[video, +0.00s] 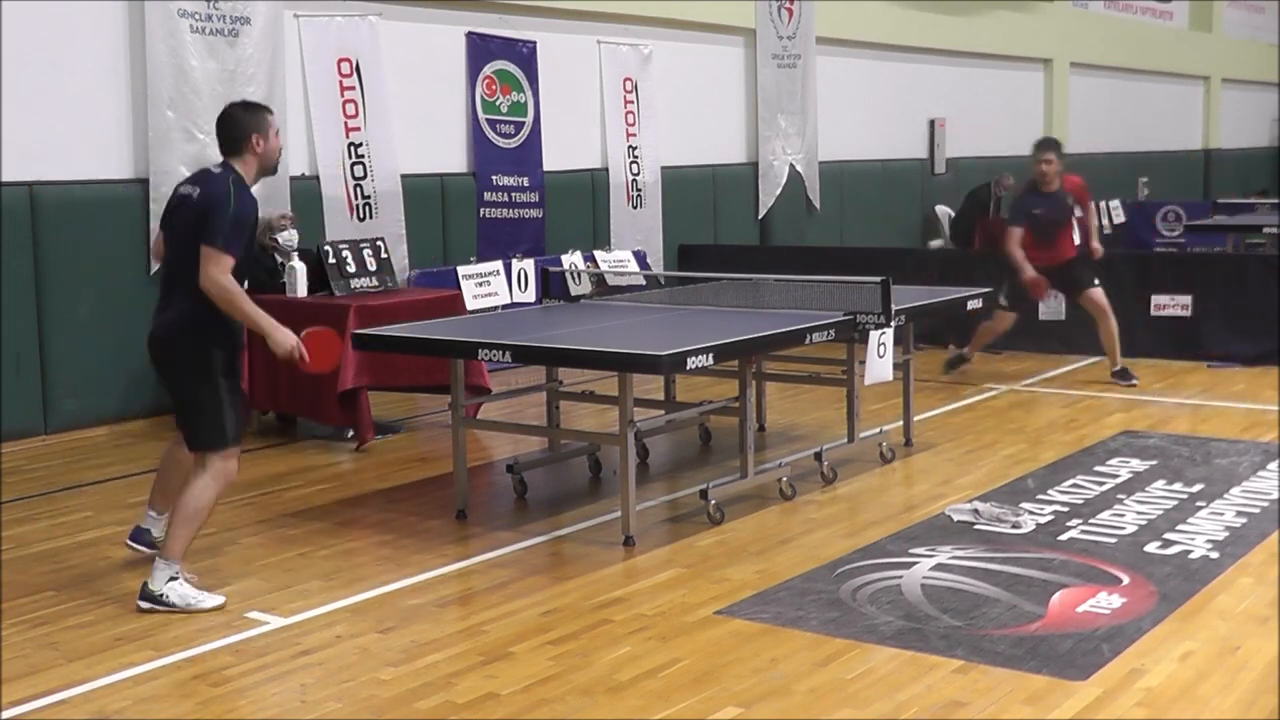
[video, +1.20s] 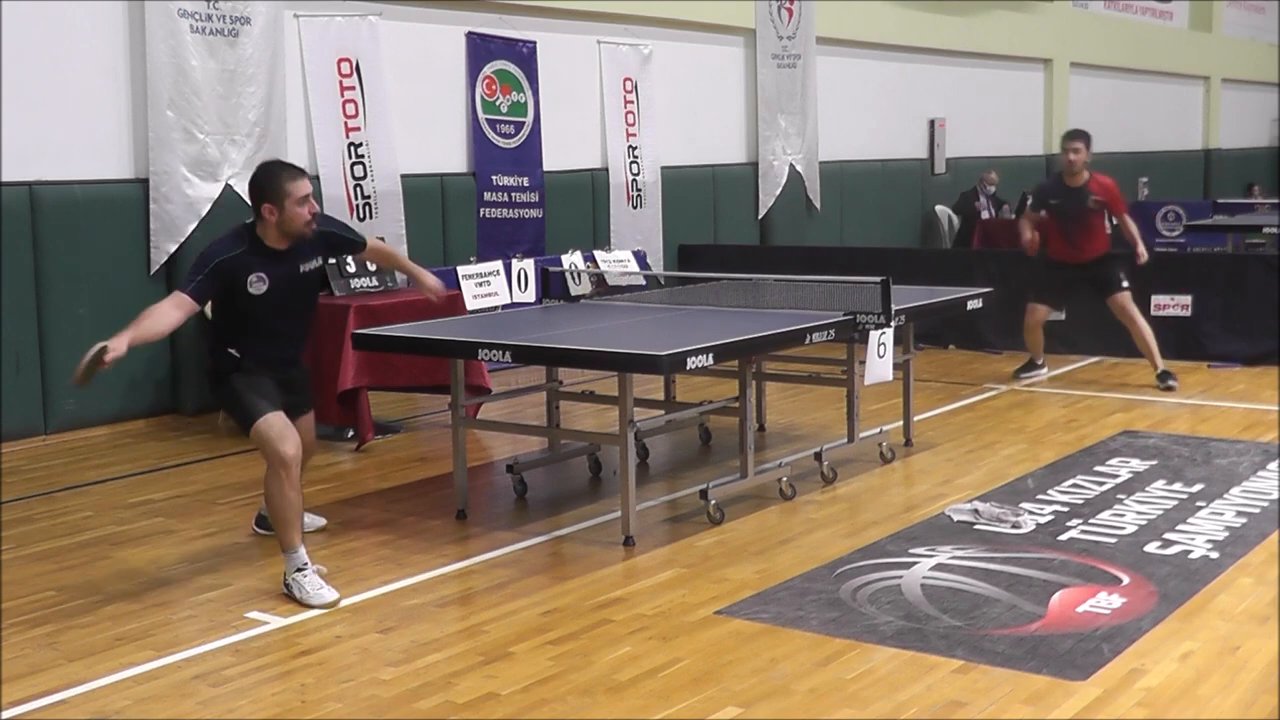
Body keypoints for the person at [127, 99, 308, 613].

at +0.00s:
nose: (280, 143)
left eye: (277, 135)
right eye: (275, 135)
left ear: (235, 143)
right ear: (257, 143)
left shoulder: (195, 185)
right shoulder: (234, 196)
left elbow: (161, 250)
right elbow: (213, 277)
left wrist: (248, 239)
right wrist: (271, 328)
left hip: (175, 338)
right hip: (202, 344)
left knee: (193, 439)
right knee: (221, 463)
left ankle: (152, 526)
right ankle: (165, 578)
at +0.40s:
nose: (270, 140)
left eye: (267, 131)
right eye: (264, 132)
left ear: (226, 139)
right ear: (242, 139)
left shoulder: (192, 177)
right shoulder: (228, 190)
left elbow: (203, 253)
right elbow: (227, 267)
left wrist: (259, 234)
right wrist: (289, 303)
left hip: (164, 324)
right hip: (192, 329)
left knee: (184, 427)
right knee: (226, 432)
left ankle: (163, 531)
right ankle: (179, 540)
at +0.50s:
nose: (278, 123)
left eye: (275, 113)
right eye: (273, 114)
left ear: (238, 121)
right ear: (249, 120)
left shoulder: (205, 158)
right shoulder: (228, 169)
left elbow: (198, 242)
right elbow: (230, 249)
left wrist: (232, 279)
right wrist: (287, 293)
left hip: (178, 305)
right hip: (196, 310)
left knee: (199, 405)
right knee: (241, 411)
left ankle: (166, 499)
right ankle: (236, 527)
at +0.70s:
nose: (287, 160)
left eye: (285, 151)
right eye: (280, 152)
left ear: (252, 161)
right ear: (256, 160)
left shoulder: (238, 203)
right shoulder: (230, 208)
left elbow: (254, 267)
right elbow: (240, 289)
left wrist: (299, 292)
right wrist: (304, 318)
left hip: (214, 338)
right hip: (212, 342)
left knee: (227, 413)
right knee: (297, 417)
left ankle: (196, 498)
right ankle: (275, 518)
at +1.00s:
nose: (311, 162)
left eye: (309, 153)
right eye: (301, 155)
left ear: (280, 163)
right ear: (271, 163)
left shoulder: (287, 203)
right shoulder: (236, 209)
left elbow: (309, 262)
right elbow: (218, 290)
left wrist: (355, 294)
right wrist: (258, 339)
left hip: (261, 329)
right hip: (223, 335)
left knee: (306, 417)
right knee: (290, 423)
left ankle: (273, 509)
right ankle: (265, 524)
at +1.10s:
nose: (310, 187)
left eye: (309, 178)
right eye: (300, 181)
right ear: (269, 188)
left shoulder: (308, 225)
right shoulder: (232, 236)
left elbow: (350, 262)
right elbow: (198, 298)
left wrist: (401, 293)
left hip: (280, 349)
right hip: (235, 352)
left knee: (317, 434)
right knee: (285, 435)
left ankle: (273, 511)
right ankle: (292, 558)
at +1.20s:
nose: (313, 208)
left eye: (312, 198)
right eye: (302, 201)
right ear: (268, 211)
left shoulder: (320, 235)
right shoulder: (229, 255)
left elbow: (370, 249)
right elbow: (178, 305)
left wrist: (417, 271)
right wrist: (125, 339)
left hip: (288, 362)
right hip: (240, 367)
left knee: (303, 444)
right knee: (286, 450)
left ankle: (275, 511)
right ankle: (298, 568)